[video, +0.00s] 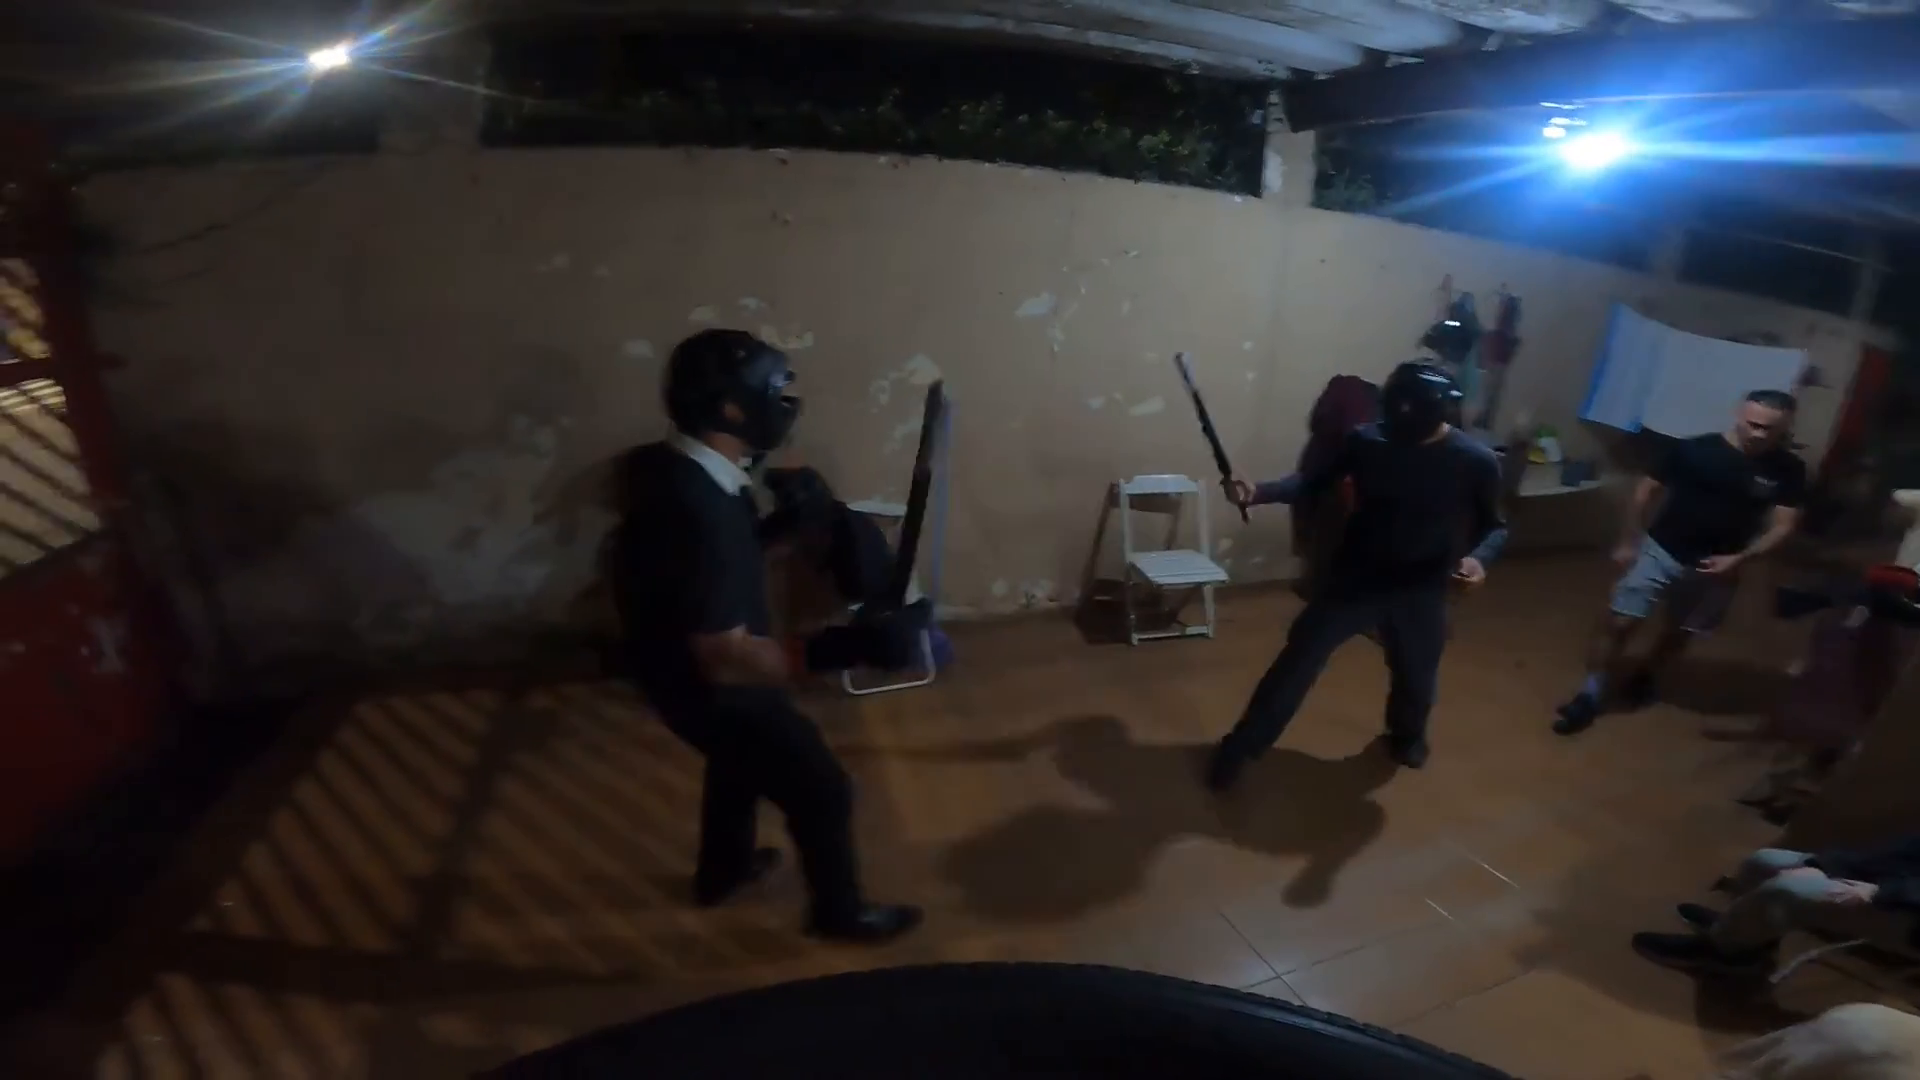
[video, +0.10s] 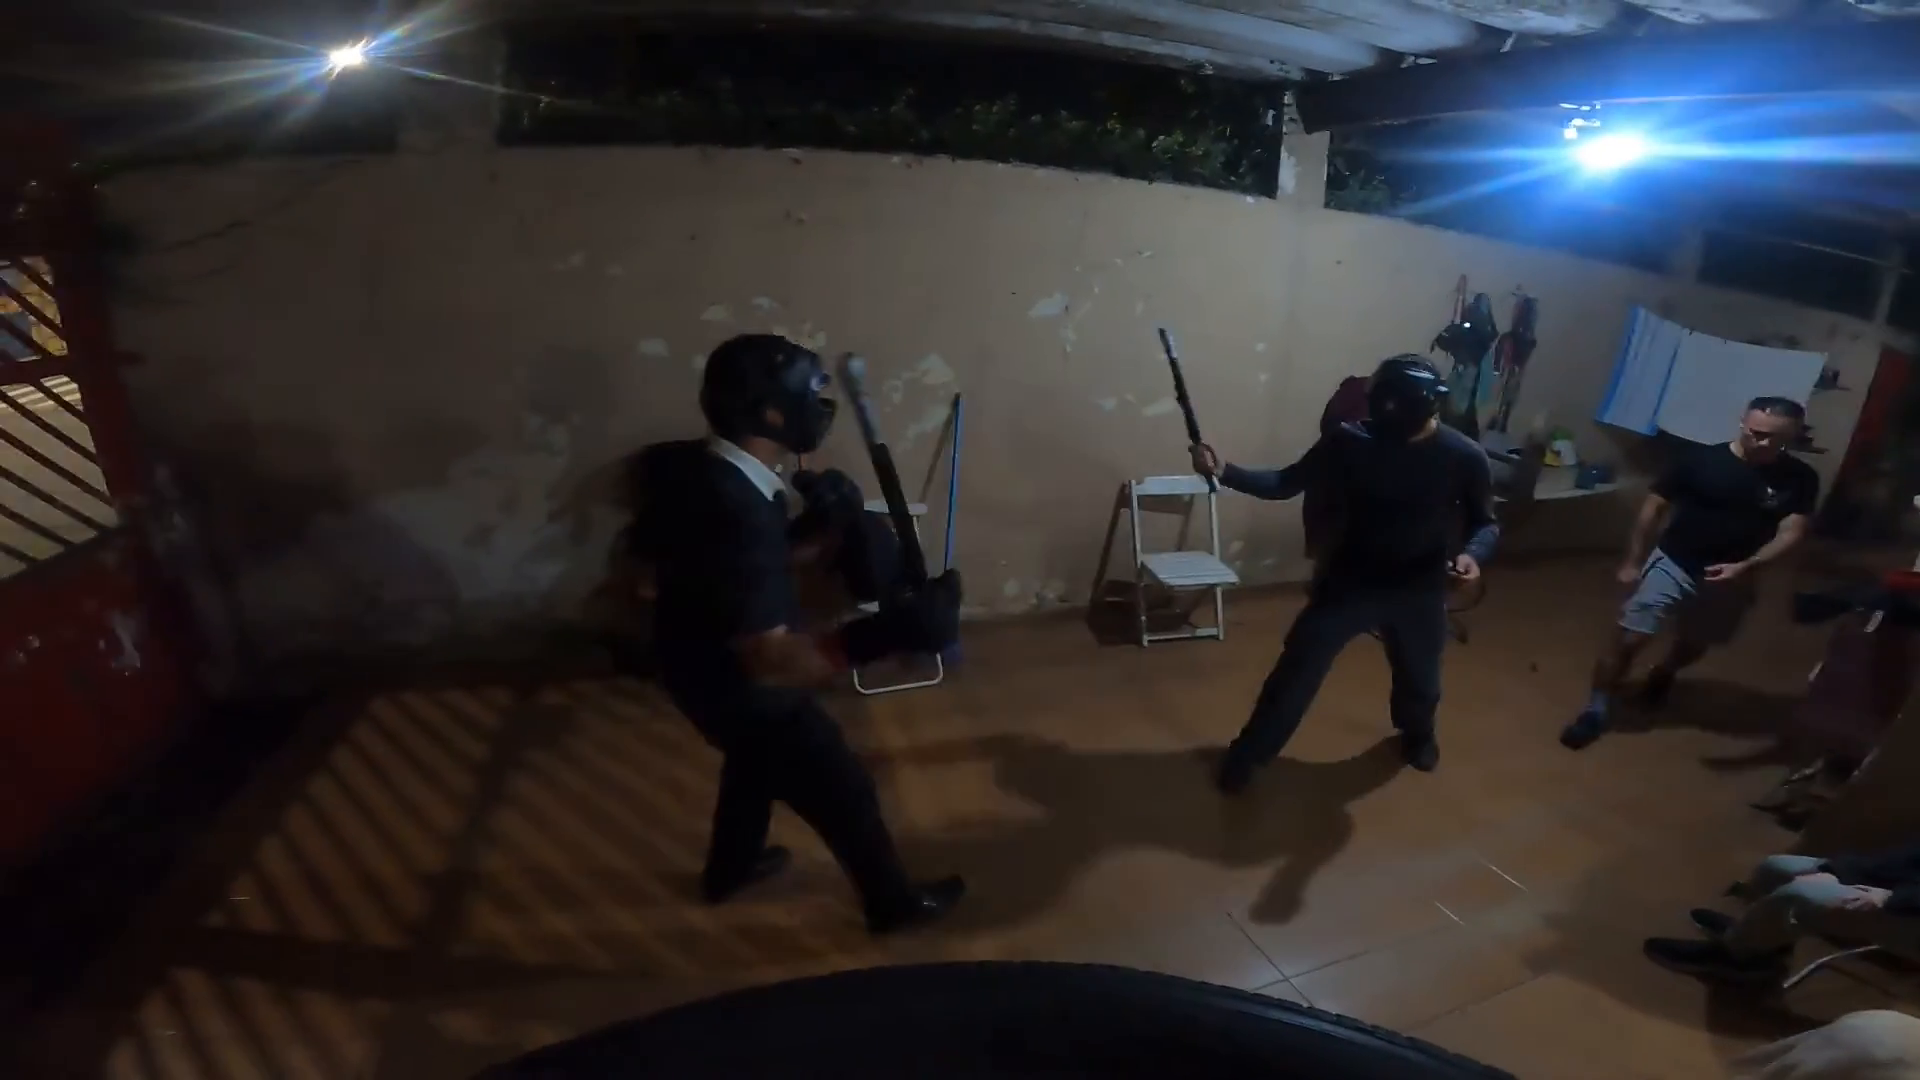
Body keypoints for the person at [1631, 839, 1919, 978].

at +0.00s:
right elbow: (1902, 856)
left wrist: (1881, 895)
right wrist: (1826, 865)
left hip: (1904, 915)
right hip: (1884, 881)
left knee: (1784, 891)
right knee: (1763, 863)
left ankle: (1720, 947)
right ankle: (1735, 927)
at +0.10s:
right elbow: (1907, 861)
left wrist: (1896, 900)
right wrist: (1837, 871)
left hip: (1909, 918)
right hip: (1900, 885)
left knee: (1797, 897)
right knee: (1776, 868)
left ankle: (1734, 953)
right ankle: (1756, 941)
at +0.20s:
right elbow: (1908, 861)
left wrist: (1898, 901)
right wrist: (1836, 872)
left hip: (1909, 917)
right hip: (1901, 885)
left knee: (1799, 896)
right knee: (1776, 868)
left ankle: (1735, 953)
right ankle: (1756, 940)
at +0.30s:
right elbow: (1906, 860)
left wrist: (1894, 900)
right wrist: (1837, 871)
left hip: (1909, 918)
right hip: (1897, 886)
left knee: (1796, 895)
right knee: (1776, 867)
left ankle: (1731, 952)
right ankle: (1746, 933)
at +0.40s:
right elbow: (1905, 860)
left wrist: (1892, 900)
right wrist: (1832, 871)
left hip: (1908, 918)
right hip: (1897, 885)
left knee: (1794, 896)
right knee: (1773, 867)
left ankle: (1729, 951)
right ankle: (1746, 934)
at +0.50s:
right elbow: (1905, 862)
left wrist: (1893, 901)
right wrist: (1835, 873)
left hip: (1908, 918)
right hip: (1894, 886)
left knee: (1794, 897)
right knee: (1773, 868)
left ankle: (1728, 953)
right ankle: (1745, 935)